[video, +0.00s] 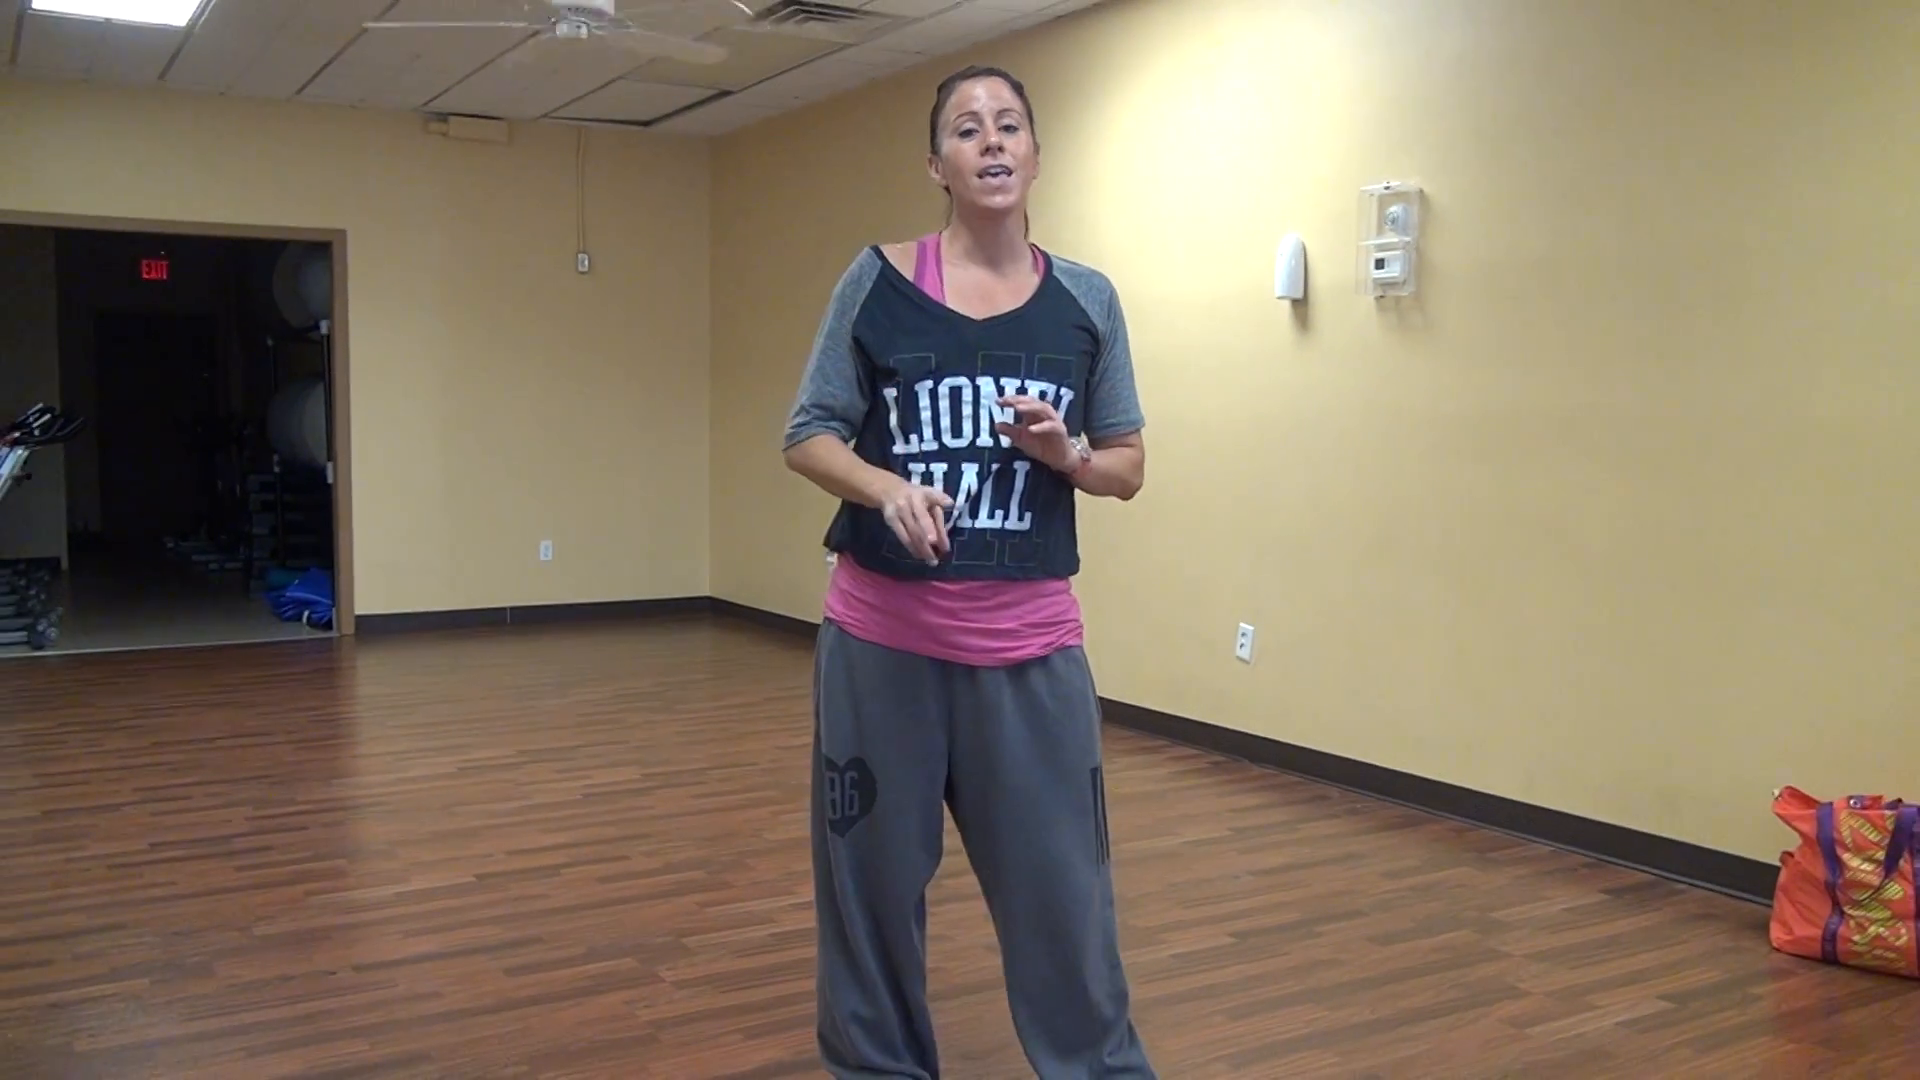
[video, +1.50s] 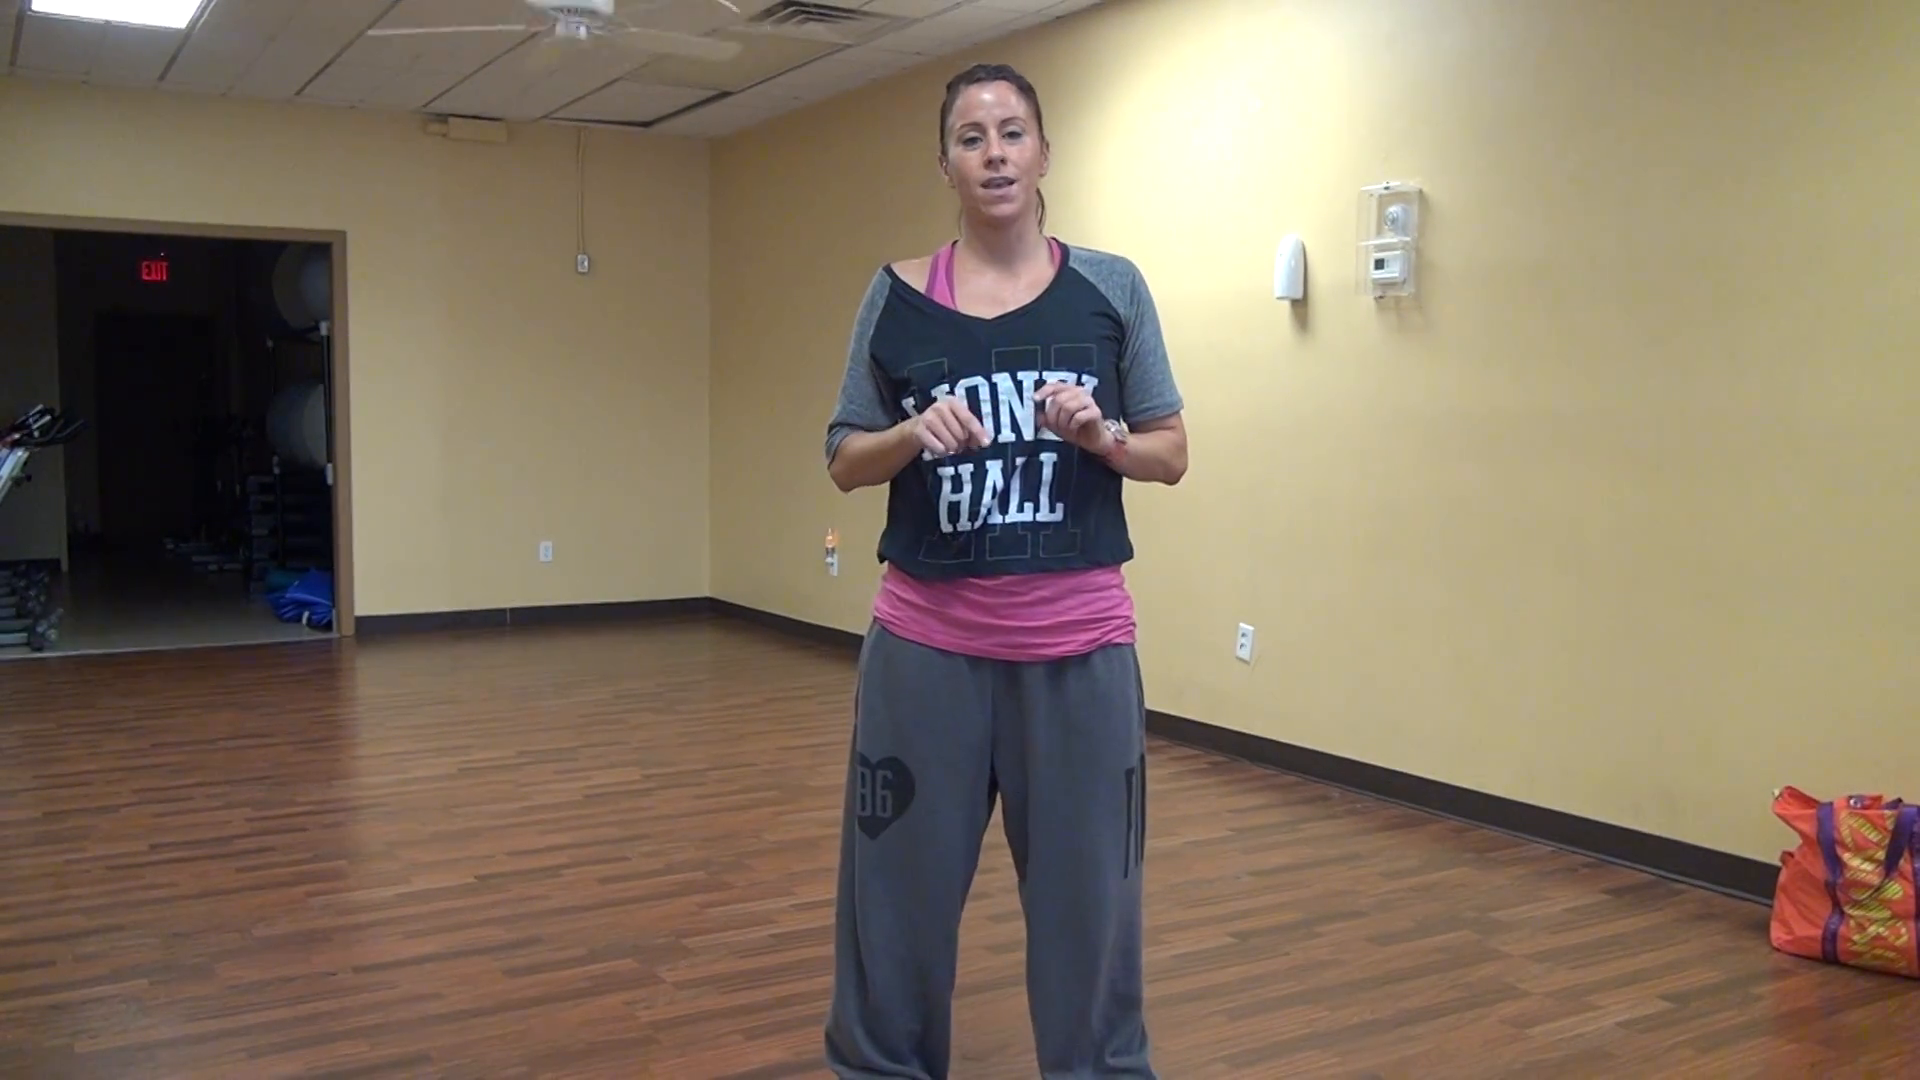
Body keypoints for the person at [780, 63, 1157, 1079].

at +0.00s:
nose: (993, 142)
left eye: (1009, 126)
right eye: (969, 130)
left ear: (1037, 151)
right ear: (936, 163)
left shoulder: (1088, 295)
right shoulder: (879, 278)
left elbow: (1126, 468)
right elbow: (808, 437)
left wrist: (1073, 457)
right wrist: (884, 487)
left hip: (1031, 642)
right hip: (880, 639)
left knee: (1064, 899)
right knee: (869, 894)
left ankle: (1100, 1066)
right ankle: (879, 1066)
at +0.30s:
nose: (968, 144)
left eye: (986, 129)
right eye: (946, 131)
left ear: (1014, 155)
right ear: (916, 161)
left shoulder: (1071, 294)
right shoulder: (855, 286)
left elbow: (1117, 463)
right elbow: (789, 451)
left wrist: (1060, 461)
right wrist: (880, 425)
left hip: (1015, 640)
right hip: (865, 636)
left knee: (1053, 897)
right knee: (861, 892)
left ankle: (1100, 1066)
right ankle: (877, 1067)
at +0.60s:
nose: (959, 148)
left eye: (978, 131)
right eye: (938, 134)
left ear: (1008, 155)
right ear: (911, 161)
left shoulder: (1076, 287)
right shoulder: (861, 291)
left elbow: (1140, 457)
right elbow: (801, 453)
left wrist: (1039, 450)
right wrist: (903, 446)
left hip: (1028, 638)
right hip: (877, 636)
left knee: (1058, 901)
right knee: (865, 897)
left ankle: (1100, 1067)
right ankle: (875, 1067)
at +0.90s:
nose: (971, 148)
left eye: (990, 129)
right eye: (949, 133)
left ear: (1021, 151)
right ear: (923, 160)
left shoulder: (1092, 283)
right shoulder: (877, 294)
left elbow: (1162, 450)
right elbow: (816, 462)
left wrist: (1064, 448)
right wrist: (917, 440)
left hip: (1053, 644)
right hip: (900, 643)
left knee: (1074, 915)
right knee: (879, 911)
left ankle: (1099, 1068)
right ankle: (880, 1068)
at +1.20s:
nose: (983, 149)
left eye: (1001, 130)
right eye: (961, 136)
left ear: (1034, 152)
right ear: (936, 164)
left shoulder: (1105, 282)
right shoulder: (893, 295)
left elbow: (1168, 451)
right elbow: (846, 467)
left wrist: (1094, 437)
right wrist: (919, 408)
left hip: (1070, 640)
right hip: (917, 640)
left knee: (1086, 907)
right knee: (890, 904)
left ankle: (1102, 1069)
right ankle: (882, 1068)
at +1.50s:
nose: (994, 153)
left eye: (1012, 132)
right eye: (971, 137)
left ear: (1042, 152)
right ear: (945, 162)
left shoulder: (1112, 285)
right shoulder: (898, 294)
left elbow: (1171, 452)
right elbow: (847, 463)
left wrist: (1109, 438)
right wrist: (912, 433)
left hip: (1078, 640)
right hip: (925, 639)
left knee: (1092, 902)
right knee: (895, 899)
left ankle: (1104, 1069)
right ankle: (885, 1068)